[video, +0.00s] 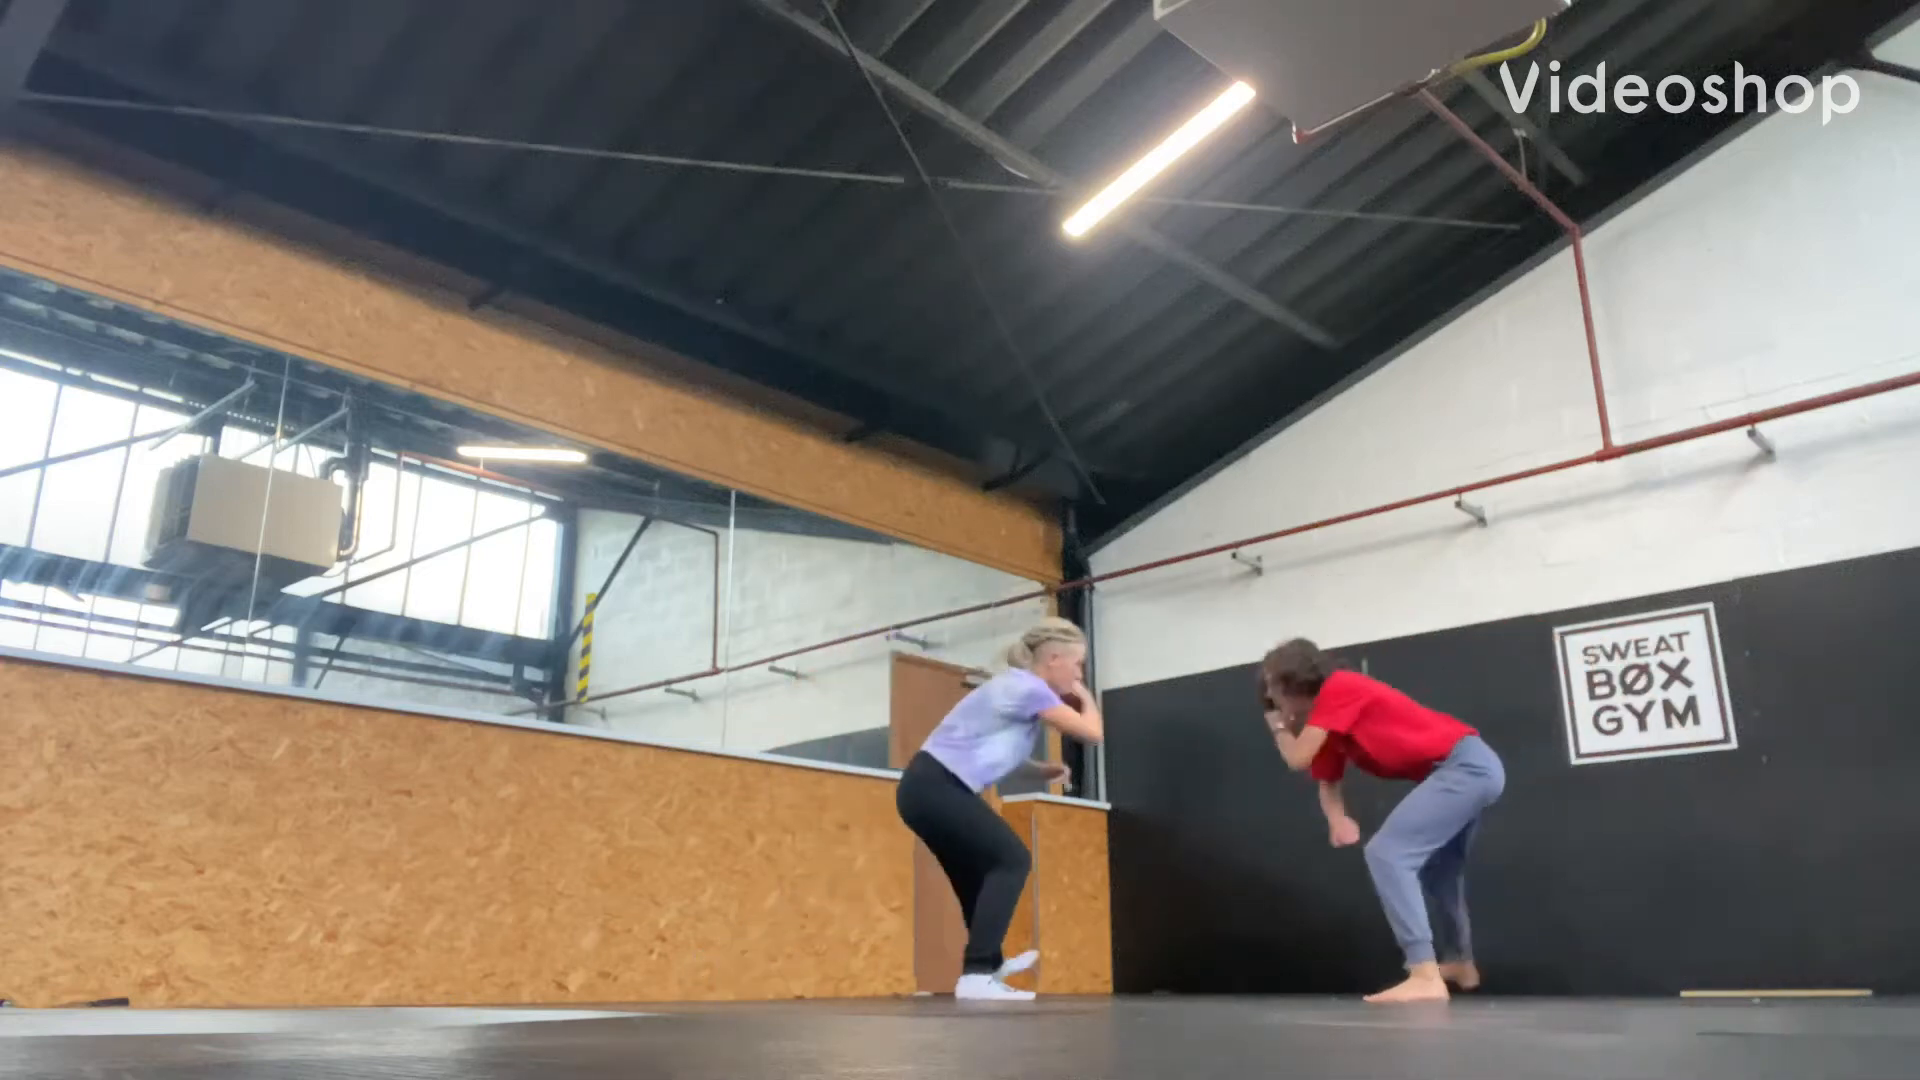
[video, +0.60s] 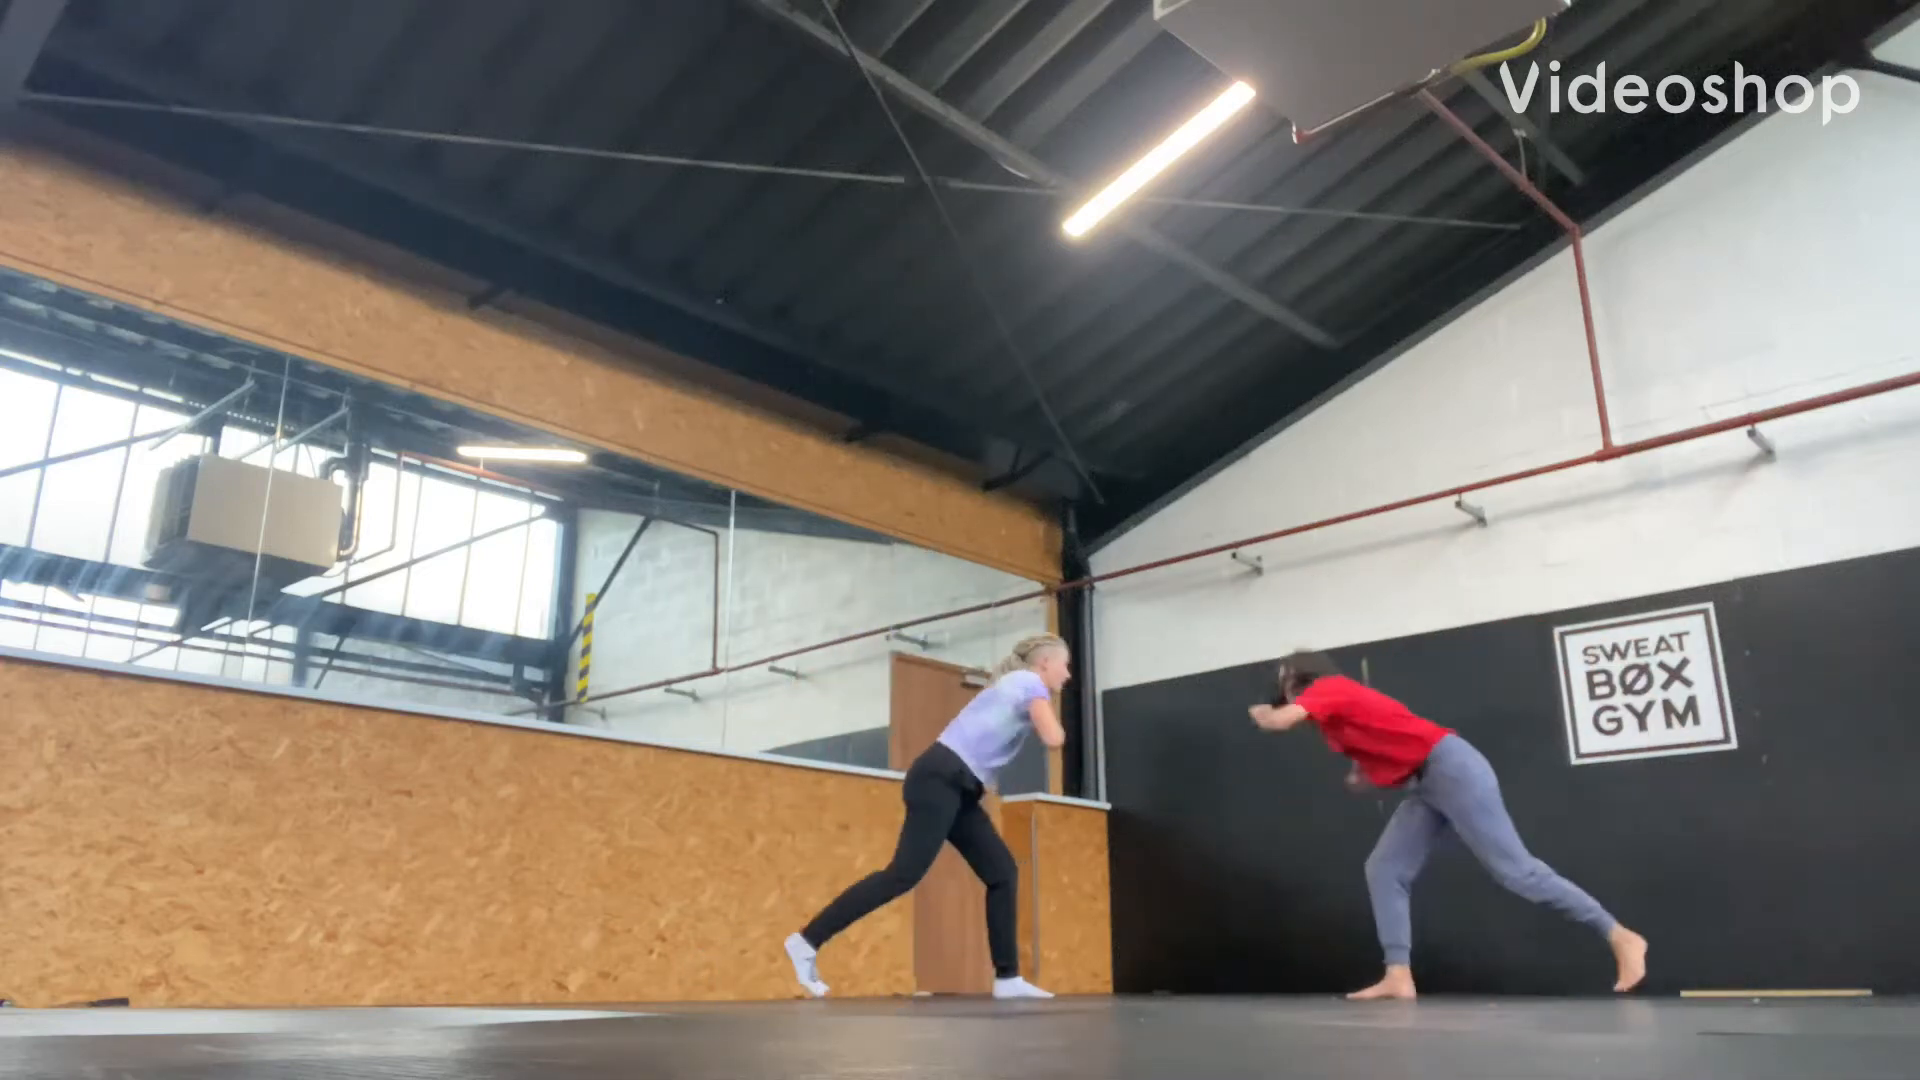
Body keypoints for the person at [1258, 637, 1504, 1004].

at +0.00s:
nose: (1280, 709)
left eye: (1279, 700)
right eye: (1275, 701)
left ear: (1297, 686)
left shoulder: (1341, 686)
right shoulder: (1329, 722)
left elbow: (1296, 757)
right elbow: (1329, 781)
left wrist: (1277, 729)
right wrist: (1338, 822)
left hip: (1467, 765)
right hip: (1470, 768)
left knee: (1387, 852)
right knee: (1440, 868)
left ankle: (1424, 976)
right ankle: (1460, 965)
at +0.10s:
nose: (1281, 728)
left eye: (1280, 720)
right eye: (1277, 723)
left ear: (1290, 708)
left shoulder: (1330, 704)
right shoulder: (1313, 733)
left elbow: (1335, 783)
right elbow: (1294, 785)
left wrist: (1304, 769)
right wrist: (1285, 814)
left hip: (1456, 780)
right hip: (1461, 784)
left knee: (1376, 863)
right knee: (1414, 878)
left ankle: (1424, 976)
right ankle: (1405, 969)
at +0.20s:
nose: (1276, 737)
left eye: (1275, 727)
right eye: (1270, 732)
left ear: (1288, 715)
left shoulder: (1331, 716)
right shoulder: (1304, 752)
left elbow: (1379, 766)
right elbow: (1264, 785)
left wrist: (1340, 793)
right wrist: (1232, 798)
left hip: (1451, 785)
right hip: (1430, 794)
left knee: (1390, 872)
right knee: (1373, 871)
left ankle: (1424, 973)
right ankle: (1398, 974)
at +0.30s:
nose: (1268, 733)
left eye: (1270, 724)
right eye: (1264, 727)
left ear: (1286, 717)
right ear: (1271, 729)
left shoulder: (1326, 717)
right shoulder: (1292, 758)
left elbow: (1386, 739)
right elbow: (1249, 779)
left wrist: (1352, 787)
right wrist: (1196, 789)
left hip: (1445, 777)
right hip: (1415, 802)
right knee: (1372, 868)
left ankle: (1441, 962)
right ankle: (1397, 974)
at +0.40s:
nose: (1279, 734)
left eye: (1281, 723)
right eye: (1272, 729)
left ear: (1295, 711)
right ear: (1268, 727)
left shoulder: (1324, 710)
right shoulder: (1297, 750)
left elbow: (1363, 739)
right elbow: (1263, 772)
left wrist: (1323, 776)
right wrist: (1209, 790)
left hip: (1444, 771)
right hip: (1416, 797)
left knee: (1461, 866)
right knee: (1375, 868)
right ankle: (1397, 977)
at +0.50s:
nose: (1283, 725)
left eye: (1281, 715)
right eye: (1278, 719)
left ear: (1295, 701)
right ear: (1292, 709)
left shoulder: (1328, 697)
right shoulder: (1319, 734)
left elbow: (1322, 740)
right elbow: (1300, 762)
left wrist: (1283, 754)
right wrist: (1269, 790)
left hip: (1446, 769)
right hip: (1419, 794)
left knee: (1488, 872)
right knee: (1379, 870)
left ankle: (1596, 953)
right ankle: (1397, 978)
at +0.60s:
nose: (1284, 699)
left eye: (1285, 691)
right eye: (1283, 692)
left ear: (1298, 682)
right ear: (1312, 681)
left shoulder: (1332, 687)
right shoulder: (1343, 711)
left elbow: (1284, 719)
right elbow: (1401, 756)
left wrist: (1262, 714)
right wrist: (1369, 777)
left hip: (1450, 766)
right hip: (1422, 789)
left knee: (1515, 871)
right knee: (1384, 870)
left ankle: (1622, 939)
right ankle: (1398, 978)